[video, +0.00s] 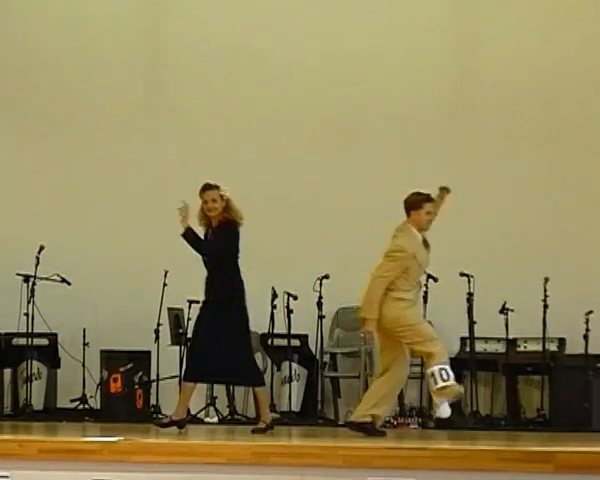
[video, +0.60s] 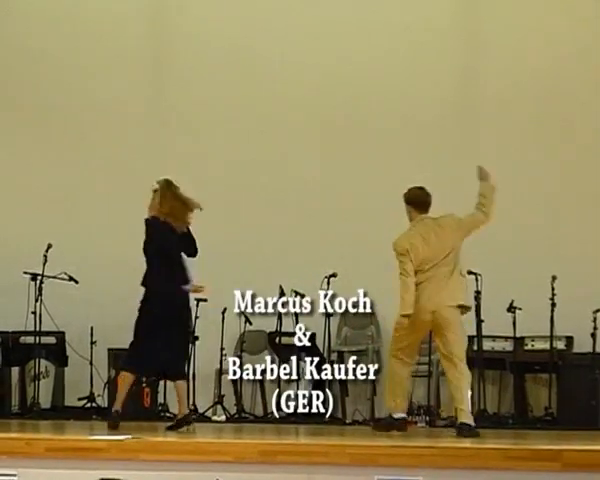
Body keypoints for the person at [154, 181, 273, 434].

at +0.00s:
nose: (210, 206)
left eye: (214, 201)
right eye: (206, 202)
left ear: (223, 201)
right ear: (203, 206)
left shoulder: (229, 226)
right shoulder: (212, 229)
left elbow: (211, 253)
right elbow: (213, 263)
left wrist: (186, 229)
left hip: (231, 297)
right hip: (214, 297)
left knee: (243, 355)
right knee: (196, 351)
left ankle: (265, 417)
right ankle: (180, 413)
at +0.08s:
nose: (202, 204)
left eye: (206, 199)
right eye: (198, 201)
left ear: (216, 200)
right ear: (194, 205)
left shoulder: (219, 224)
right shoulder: (202, 227)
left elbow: (204, 250)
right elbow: (205, 265)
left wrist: (171, 231)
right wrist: (201, 298)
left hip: (219, 299)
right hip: (203, 299)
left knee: (236, 354)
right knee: (189, 354)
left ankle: (264, 413)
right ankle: (184, 415)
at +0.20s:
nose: (188, 207)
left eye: (193, 202)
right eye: (185, 203)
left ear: (202, 204)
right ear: (181, 206)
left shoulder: (203, 229)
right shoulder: (191, 231)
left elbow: (186, 260)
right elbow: (185, 260)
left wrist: (151, 260)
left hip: (200, 302)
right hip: (190, 302)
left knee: (206, 358)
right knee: (178, 356)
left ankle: (254, 398)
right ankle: (183, 415)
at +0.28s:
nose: (182, 211)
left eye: (186, 206)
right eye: (179, 207)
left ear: (196, 207)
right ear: (177, 210)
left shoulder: (197, 236)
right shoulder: (189, 236)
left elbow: (184, 272)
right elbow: (180, 272)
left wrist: (157, 291)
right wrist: (161, 291)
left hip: (195, 303)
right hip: (187, 302)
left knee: (184, 358)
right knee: (176, 357)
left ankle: (234, 380)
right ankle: (186, 415)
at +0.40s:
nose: (166, 211)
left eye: (169, 207)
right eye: (167, 207)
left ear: (180, 210)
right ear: (180, 210)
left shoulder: (182, 239)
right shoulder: (185, 238)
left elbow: (183, 279)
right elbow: (181, 279)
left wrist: (184, 314)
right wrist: (176, 310)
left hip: (180, 309)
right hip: (186, 307)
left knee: (145, 356)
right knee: (179, 363)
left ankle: (184, 376)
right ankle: (187, 414)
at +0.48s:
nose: (162, 210)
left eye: (165, 206)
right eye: (163, 206)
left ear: (172, 209)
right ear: (185, 209)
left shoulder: (170, 233)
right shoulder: (186, 234)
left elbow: (188, 267)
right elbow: (191, 267)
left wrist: (203, 296)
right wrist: (202, 297)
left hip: (172, 304)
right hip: (186, 305)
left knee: (139, 348)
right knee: (176, 358)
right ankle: (188, 414)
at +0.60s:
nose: (150, 200)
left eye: (152, 196)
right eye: (152, 196)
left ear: (158, 200)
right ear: (176, 202)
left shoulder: (153, 224)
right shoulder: (179, 227)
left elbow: (158, 261)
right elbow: (192, 251)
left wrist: (185, 286)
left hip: (155, 295)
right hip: (175, 297)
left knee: (138, 351)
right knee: (176, 354)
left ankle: (116, 407)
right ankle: (183, 412)